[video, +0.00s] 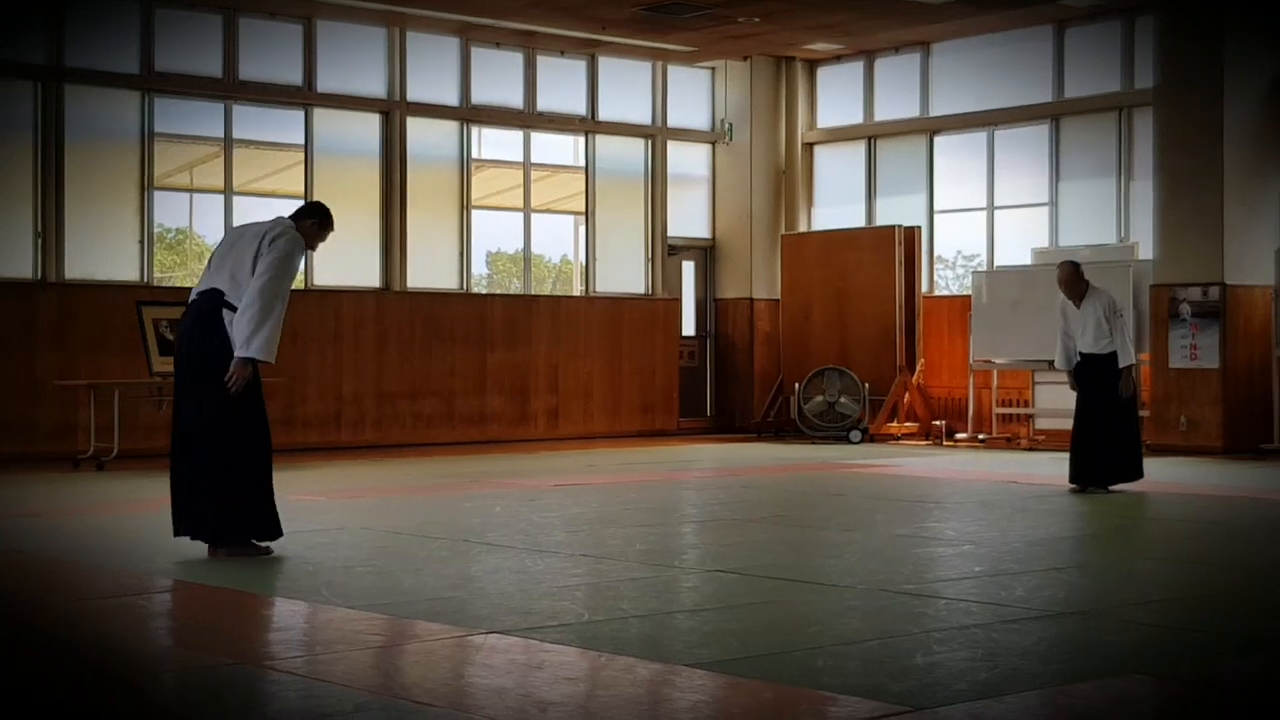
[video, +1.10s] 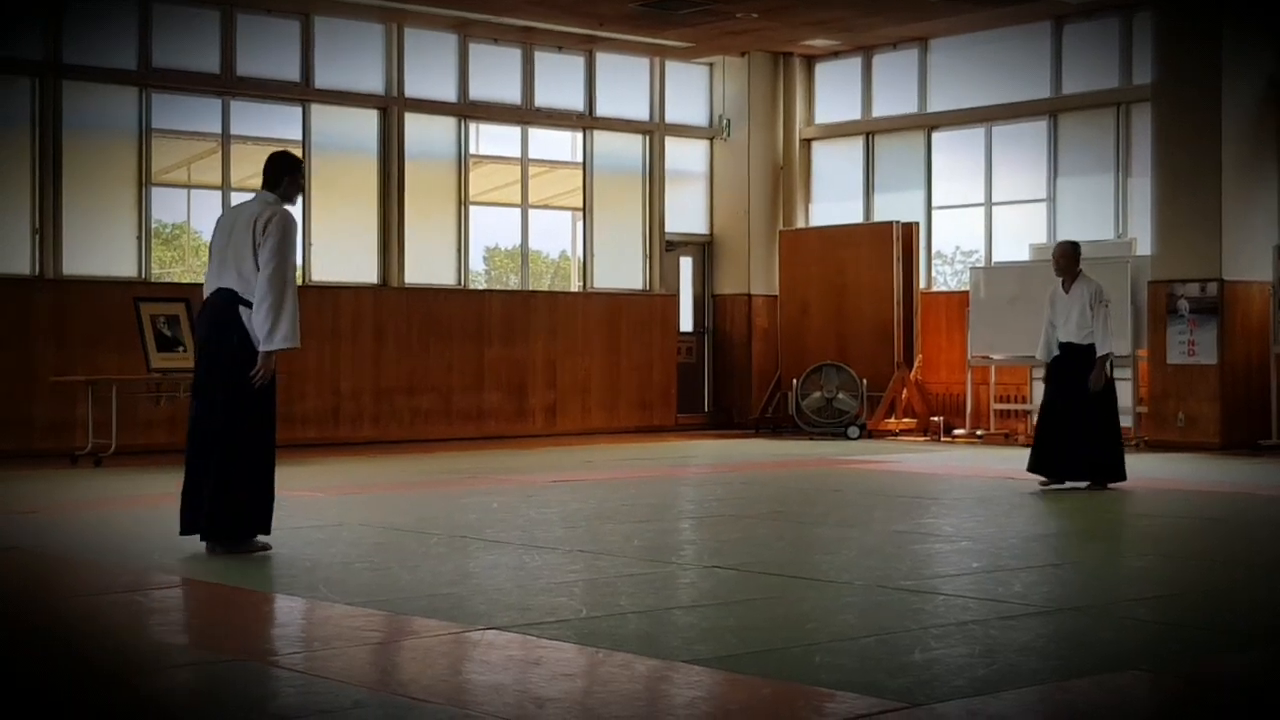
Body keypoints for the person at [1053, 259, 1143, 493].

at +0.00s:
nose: (1063, 290)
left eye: (1066, 284)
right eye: (1061, 285)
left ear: (1081, 280)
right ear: (1060, 284)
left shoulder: (1104, 300)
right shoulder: (1065, 303)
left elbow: (1121, 337)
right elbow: (1065, 338)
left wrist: (1127, 373)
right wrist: (1068, 370)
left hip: (1108, 364)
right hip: (1085, 365)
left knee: (1105, 422)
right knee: (1084, 422)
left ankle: (1101, 479)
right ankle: (1083, 478)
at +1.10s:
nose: (1054, 264)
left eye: (1060, 259)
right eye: (1053, 259)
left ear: (1076, 260)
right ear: (1055, 261)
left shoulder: (1093, 289)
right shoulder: (1055, 292)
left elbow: (1102, 328)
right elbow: (1049, 328)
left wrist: (1100, 365)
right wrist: (1046, 363)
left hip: (1088, 356)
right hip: (1063, 356)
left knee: (1093, 417)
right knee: (1057, 415)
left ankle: (1099, 475)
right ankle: (1056, 472)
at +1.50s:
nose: (1024, 259)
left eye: (1029, 255)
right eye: (1023, 254)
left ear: (1043, 257)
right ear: (1022, 256)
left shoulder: (1060, 287)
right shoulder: (1020, 292)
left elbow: (1073, 328)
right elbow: (1012, 330)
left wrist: (1074, 365)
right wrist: (1009, 367)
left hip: (1052, 357)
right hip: (1025, 357)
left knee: (1069, 416)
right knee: (1022, 417)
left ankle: (1094, 466)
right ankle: (1020, 477)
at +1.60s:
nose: (1012, 258)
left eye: (1017, 253)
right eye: (1012, 253)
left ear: (1032, 257)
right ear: (1013, 256)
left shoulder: (1049, 287)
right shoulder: (1009, 292)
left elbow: (1063, 326)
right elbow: (1000, 329)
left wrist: (1066, 363)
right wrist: (989, 364)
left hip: (1040, 357)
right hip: (1014, 357)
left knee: (1047, 416)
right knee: (1014, 417)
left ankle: (1080, 459)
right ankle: (1017, 478)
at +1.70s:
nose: (1002, 257)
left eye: (1007, 252)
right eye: (1003, 253)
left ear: (1021, 256)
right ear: (1006, 256)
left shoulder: (1040, 286)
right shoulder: (1003, 289)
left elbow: (1053, 325)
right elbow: (992, 323)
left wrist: (1056, 363)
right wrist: (972, 346)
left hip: (1032, 355)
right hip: (1008, 355)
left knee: (1030, 415)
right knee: (1008, 416)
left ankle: (1058, 463)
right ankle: (1019, 477)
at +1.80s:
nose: (995, 260)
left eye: (1000, 255)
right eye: (993, 255)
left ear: (1013, 256)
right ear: (993, 257)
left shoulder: (1032, 287)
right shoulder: (993, 291)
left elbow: (1044, 325)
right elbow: (981, 320)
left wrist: (1047, 362)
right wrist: (965, 316)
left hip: (1024, 355)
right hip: (1001, 355)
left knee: (1020, 415)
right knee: (999, 415)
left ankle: (1025, 477)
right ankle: (1010, 476)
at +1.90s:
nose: (985, 263)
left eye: (990, 257)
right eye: (984, 257)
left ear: (1004, 257)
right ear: (984, 259)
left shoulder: (1024, 287)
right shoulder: (985, 289)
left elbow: (1037, 327)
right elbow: (962, 311)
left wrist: (1038, 365)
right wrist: (959, 288)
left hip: (1016, 356)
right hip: (994, 355)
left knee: (1016, 416)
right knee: (990, 415)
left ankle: (1019, 476)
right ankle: (989, 475)